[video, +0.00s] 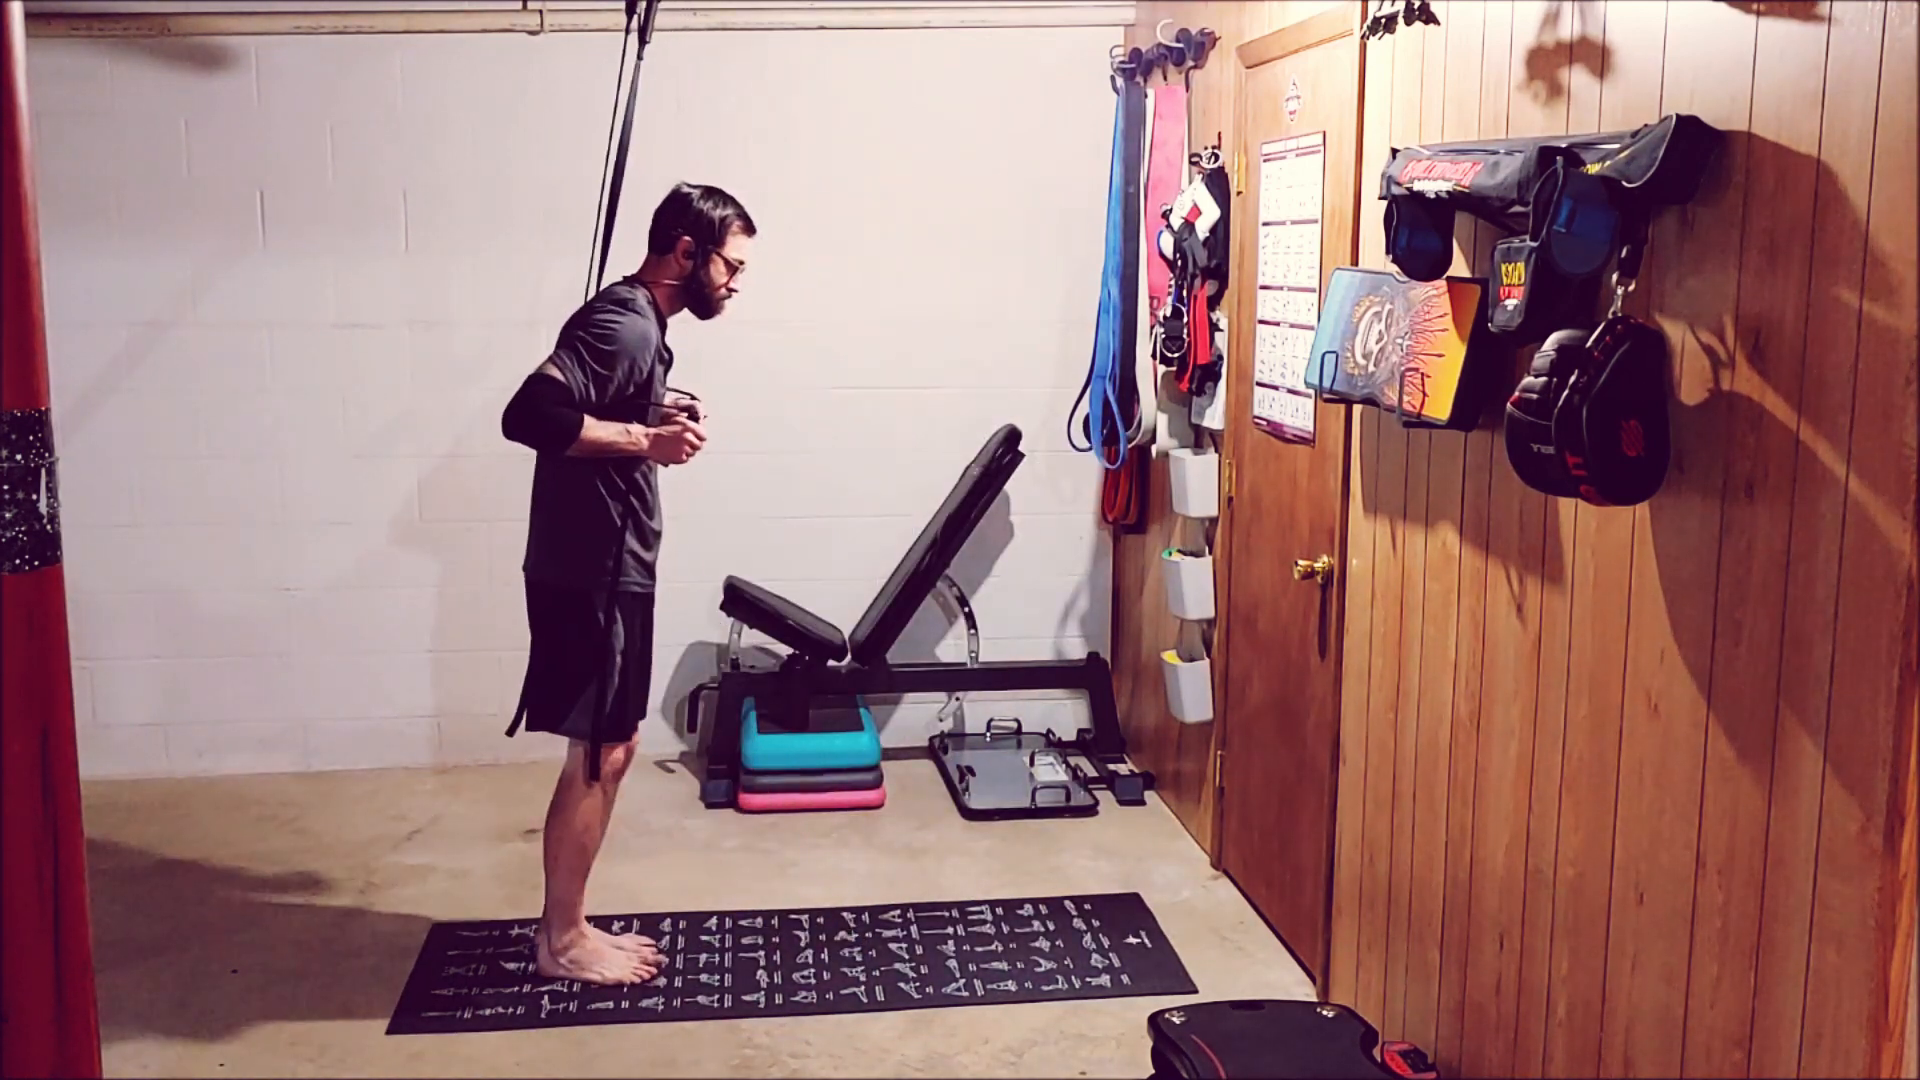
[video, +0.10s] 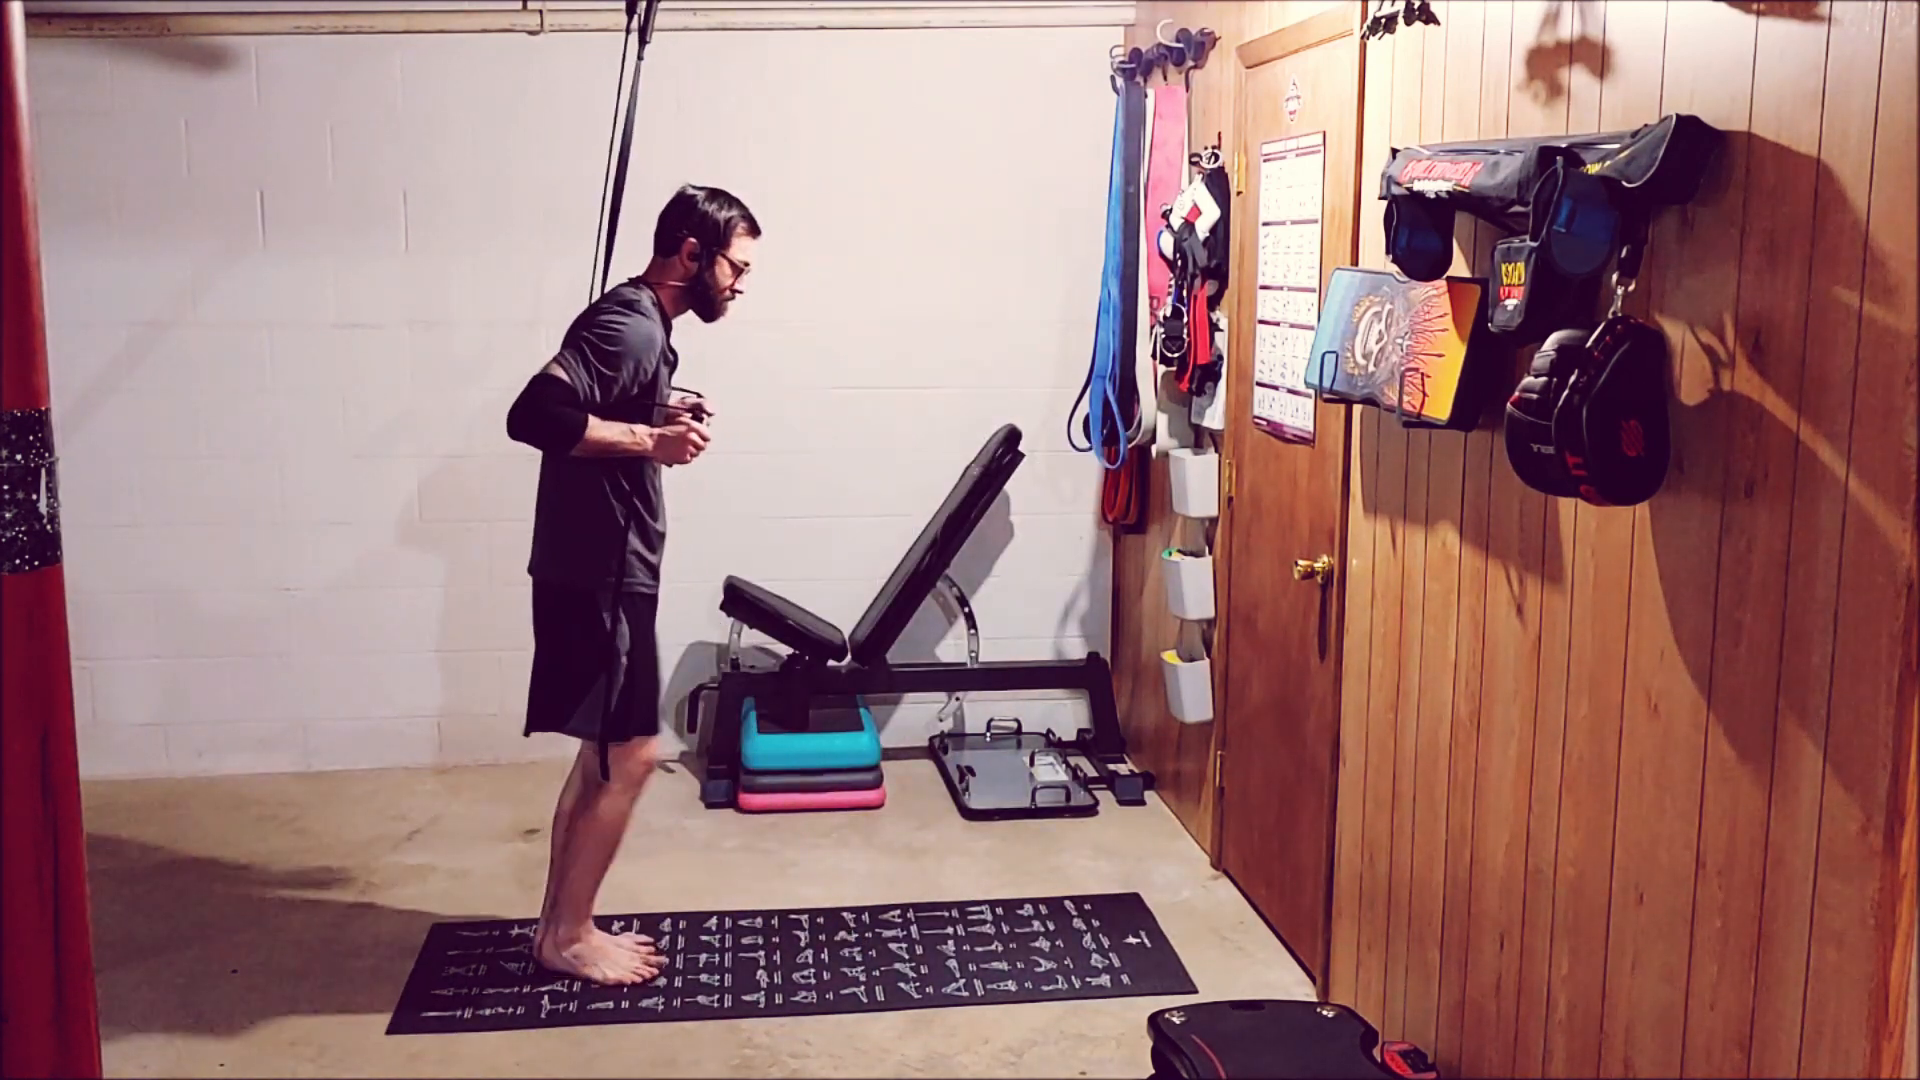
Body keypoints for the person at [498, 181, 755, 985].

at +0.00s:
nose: (737, 283)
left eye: (741, 268)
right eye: (731, 265)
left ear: (681, 257)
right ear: (683, 254)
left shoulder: (644, 325)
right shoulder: (621, 320)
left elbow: (588, 417)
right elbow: (530, 413)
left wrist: (658, 414)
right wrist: (644, 439)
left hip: (619, 575)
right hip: (594, 576)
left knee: (612, 748)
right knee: (601, 751)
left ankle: (569, 927)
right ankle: (561, 939)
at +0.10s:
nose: (742, 284)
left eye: (746, 269)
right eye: (737, 266)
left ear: (685, 257)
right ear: (689, 254)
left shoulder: (645, 327)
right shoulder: (627, 322)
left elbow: (583, 421)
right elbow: (534, 413)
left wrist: (662, 418)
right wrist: (649, 439)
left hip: (615, 577)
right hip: (603, 580)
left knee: (605, 755)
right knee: (632, 755)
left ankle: (563, 927)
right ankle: (567, 935)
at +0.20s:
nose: (754, 287)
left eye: (758, 271)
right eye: (749, 269)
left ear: (698, 261)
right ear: (702, 259)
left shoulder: (658, 329)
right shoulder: (639, 325)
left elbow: (599, 421)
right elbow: (543, 414)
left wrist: (675, 419)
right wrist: (657, 441)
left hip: (615, 572)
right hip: (612, 576)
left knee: (613, 749)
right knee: (682, 745)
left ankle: (561, 924)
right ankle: (595, 924)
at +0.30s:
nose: (777, 290)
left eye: (780, 275)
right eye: (772, 273)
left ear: (721, 262)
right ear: (724, 260)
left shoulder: (681, 332)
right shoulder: (659, 328)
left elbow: (622, 421)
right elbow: (561, 414)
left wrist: (698, 421)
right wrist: (674, 443)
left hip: (623, 575)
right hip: (635, 579)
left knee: (617, 748)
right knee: (717, 736)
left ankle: (560, 925)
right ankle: (657, 923)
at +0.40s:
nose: (808, 296)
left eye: (811, 281)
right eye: (803, 279)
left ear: (758, 268)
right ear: (757, 266)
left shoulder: (714, 338)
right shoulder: (690, 330)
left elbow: (650, 428)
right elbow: (592, 414)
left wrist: (728, 423)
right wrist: (707, 445)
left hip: (655, 575)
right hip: (660, 580)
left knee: (631, 747)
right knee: (749, 730)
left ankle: (562, 924)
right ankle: (732, 919)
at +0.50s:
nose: (848, 303)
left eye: (853, 288)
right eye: (844, 286)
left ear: (795, 275)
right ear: (797, 273)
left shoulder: (753, 337)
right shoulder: (733, 336)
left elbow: (700, 425)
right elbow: (631, 414)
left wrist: (771, 413)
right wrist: (747, 442)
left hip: (686, 578)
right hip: (696, 583)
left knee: (651, 744)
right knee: (783, 730)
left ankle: (565, 918)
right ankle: (780, 918)